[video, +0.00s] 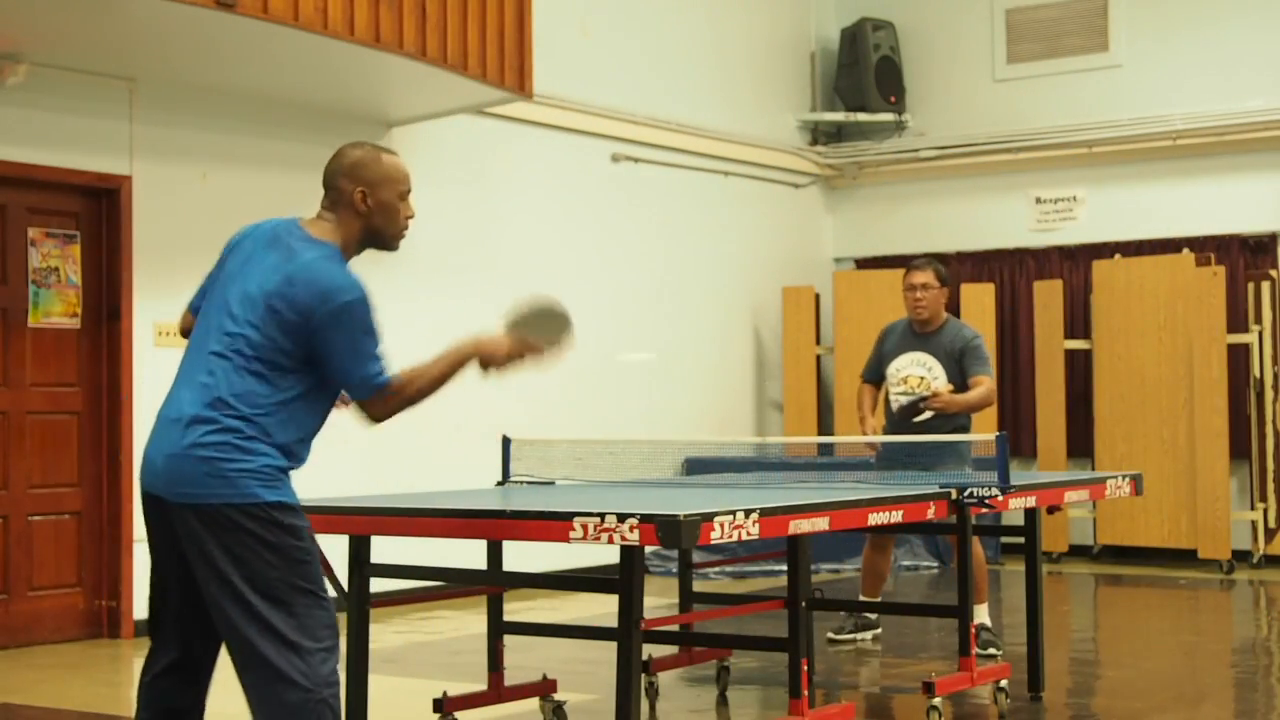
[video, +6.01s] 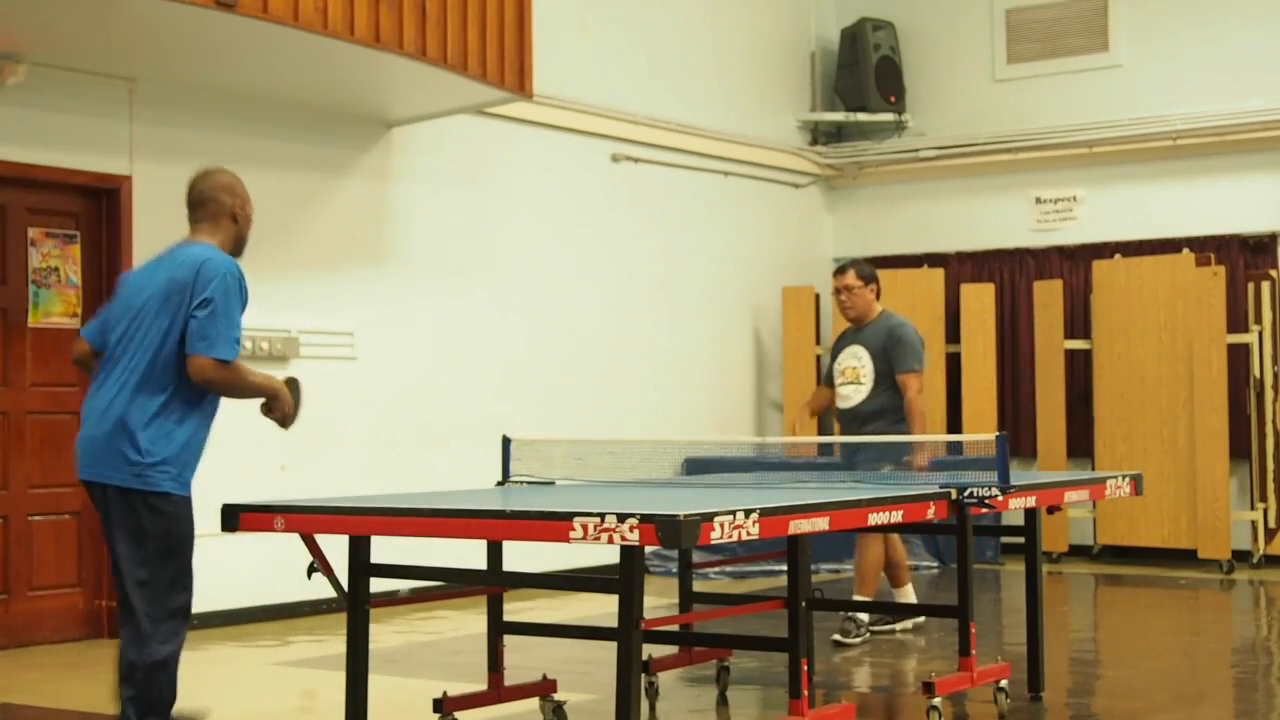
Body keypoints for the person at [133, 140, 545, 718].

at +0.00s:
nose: (412, 211)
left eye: (410, 197)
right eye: (401, 197)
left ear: (351, 199)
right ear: (360, 199)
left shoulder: (255, 238)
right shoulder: (334, 287)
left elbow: (193, 321)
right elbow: (380, 402)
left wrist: (306, 367)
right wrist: (471, 350)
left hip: (168, 471)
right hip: (237, 481)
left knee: (180, 647)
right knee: (303, 650)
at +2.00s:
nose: (319, 197)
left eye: (319, 185)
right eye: (315, 184)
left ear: (247, 182)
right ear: (286, 185)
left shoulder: (170, 238)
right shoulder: (283, 261)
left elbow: (180, 328)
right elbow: (329, 369)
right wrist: (343, 305)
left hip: (117, 474)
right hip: (199, 481)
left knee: (145, 632)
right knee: (275, 637)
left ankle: (127, 717)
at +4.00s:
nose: (341, 229)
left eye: (341, 218)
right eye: (338, 218)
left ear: (268, 217)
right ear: (313, 222)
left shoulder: (181, 266)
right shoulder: (314, 303)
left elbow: (124, 366)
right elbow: (351, 411)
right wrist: (399, 345)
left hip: (107, 486)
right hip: (194, 499)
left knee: (133, 627)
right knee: (296, 638)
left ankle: (88, 714)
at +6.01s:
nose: (250, 227)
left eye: (249, 217)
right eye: (250, 216)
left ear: (196, 213)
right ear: (237, 212)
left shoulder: (146, 272)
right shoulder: (218, 269)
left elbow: (86, 350)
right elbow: (206, 366)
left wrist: (139, 393)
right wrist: (274, 388)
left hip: (106, 455)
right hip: (149, 463)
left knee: (140, 601)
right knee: (163, 609)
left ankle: (140, 706)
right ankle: (148, 712)